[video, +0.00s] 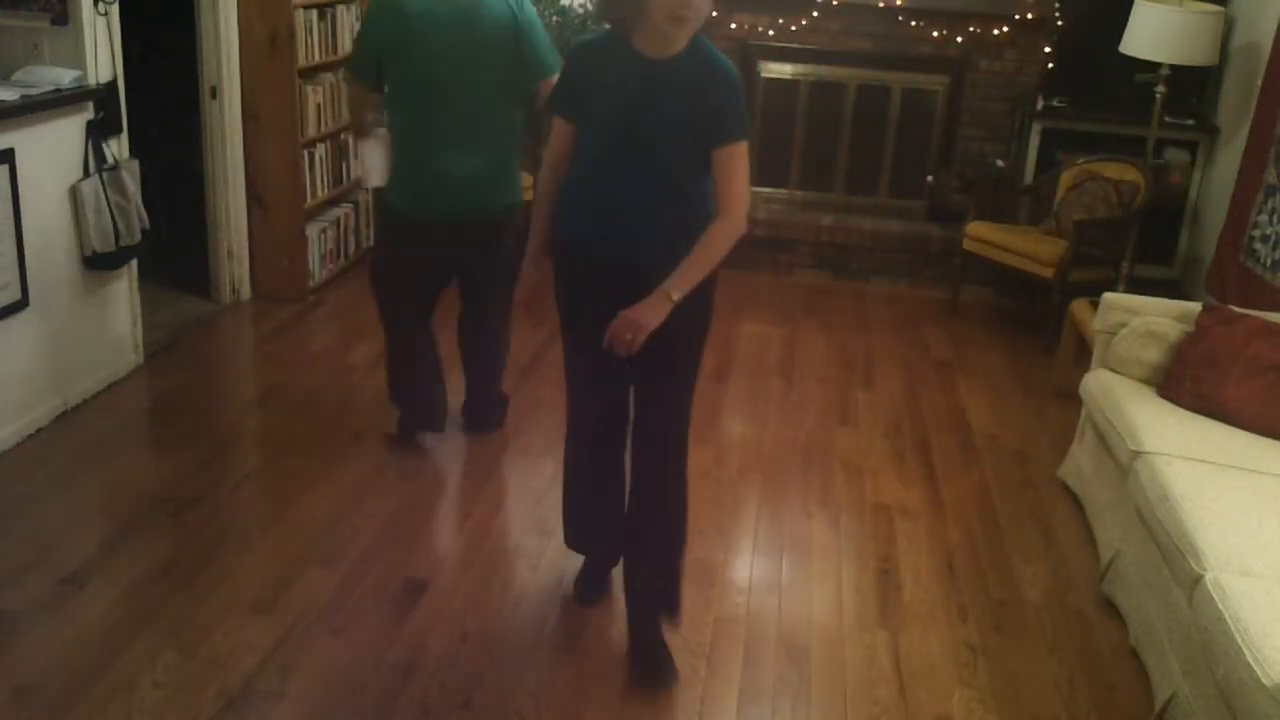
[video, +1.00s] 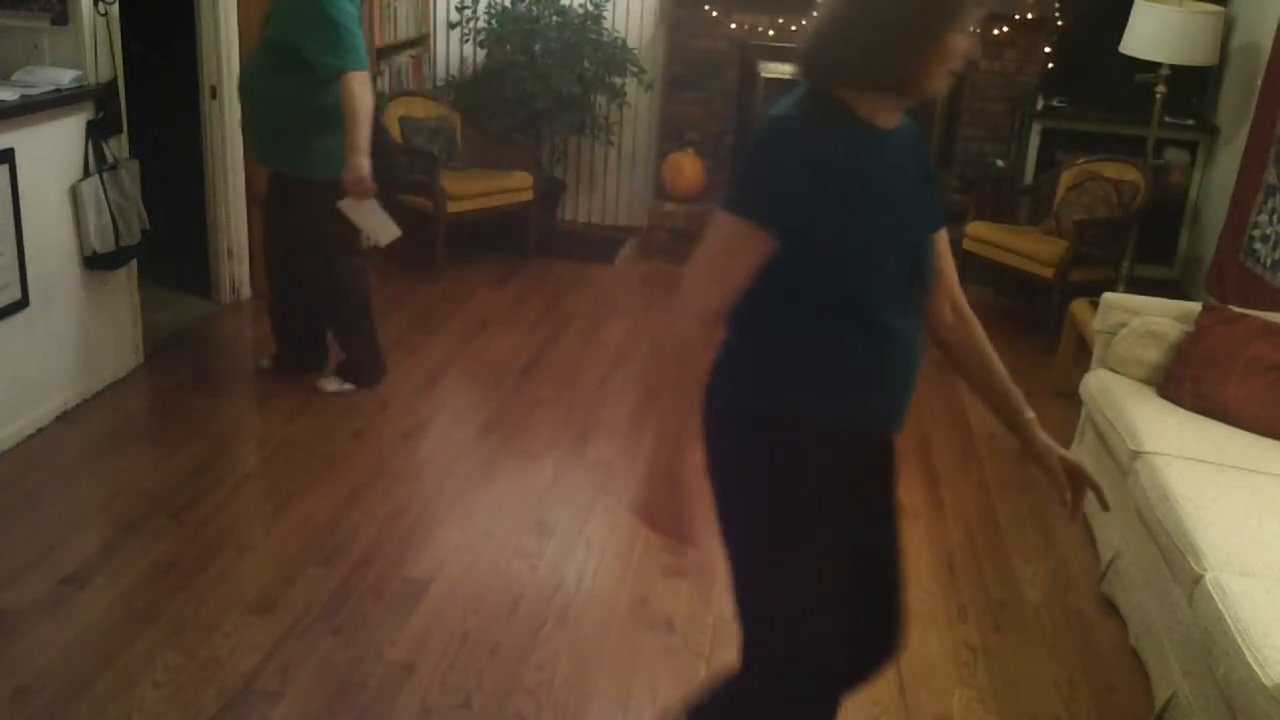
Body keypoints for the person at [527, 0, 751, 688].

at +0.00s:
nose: (693, 4)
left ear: (708, 7)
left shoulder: (716, 81)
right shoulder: (590, 60)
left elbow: (734, 217)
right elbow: (553, 165)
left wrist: (661, 300)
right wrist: (536, 252)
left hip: (676, 283)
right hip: (587, 271)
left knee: (661, 438)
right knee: (594, 422)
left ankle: (650, 611)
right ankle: (598, 547)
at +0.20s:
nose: (730, 11)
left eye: (736, 2)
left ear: (740, 14)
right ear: (670, 3)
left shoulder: (742, 99)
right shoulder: (608, 79)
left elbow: (763, 247)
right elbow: (563, 195)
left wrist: (676, 328)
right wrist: (536, 290)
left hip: (699, 317)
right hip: (601, 304)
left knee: (669, 495)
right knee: (595, 448)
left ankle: (649, 682)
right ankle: (593, 556)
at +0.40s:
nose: (767, 15)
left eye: (775, 3)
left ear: (783, 15)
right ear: (702, 4)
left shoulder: (779, 109)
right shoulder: (634, 86)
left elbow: (803, 264)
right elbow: (588, 215)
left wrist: (710, 353)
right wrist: (564, 330)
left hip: (733, 344)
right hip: (626, 330)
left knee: (693, 538)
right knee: (614, 512)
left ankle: (653, 700)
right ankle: (583, 598)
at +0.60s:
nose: (819, 23)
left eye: (826, 9)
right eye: (803, 3)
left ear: (823, 22)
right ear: (750, 5)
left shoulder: (817, 122)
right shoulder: (665, 100)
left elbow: (852, 280)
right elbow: (607, 233)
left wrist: (801, 387)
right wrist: (577, 349)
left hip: (755, 365)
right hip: (653, 351)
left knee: (703, 574)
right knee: (659, 563)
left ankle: (667, 709)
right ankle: (654, 703)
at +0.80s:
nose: (884, 47)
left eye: (889, 31)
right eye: (873, 26)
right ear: (819, 23)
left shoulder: (863, 149)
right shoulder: (709, 132)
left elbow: (910, 293)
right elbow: (631, 271)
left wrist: (948, 412)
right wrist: (585, 393)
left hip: (807, 395)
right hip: (699, 386)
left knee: (744, 572)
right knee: (738, 590)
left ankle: (665, 694)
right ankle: (757, 711)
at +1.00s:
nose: (973, 49)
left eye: (976, 32)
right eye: (965, 27)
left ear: (921, 38)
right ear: (913, 29)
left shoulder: (907, 146)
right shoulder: (794, 141)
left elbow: (949, 312)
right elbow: (694, 307)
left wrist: (1034, 437)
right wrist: (665, 467)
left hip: (859, 430)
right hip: (771, 428)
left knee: (869, 637)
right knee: (795, 665)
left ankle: (718, 709)